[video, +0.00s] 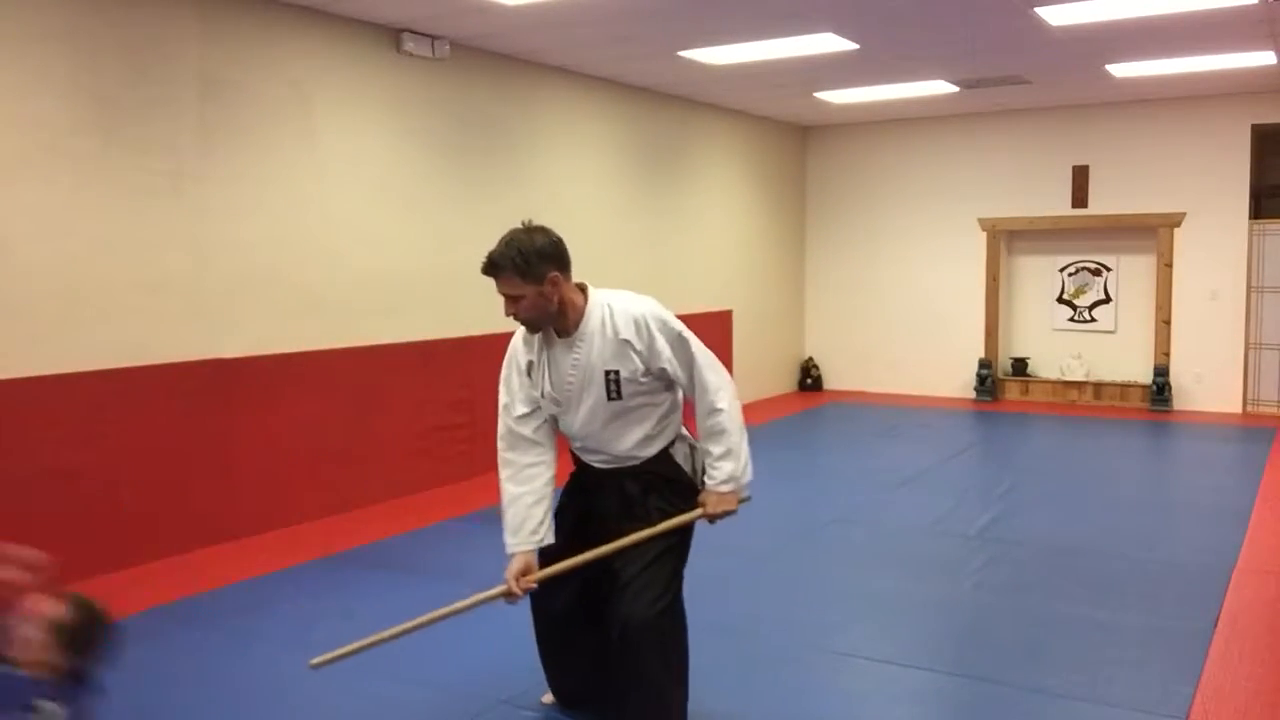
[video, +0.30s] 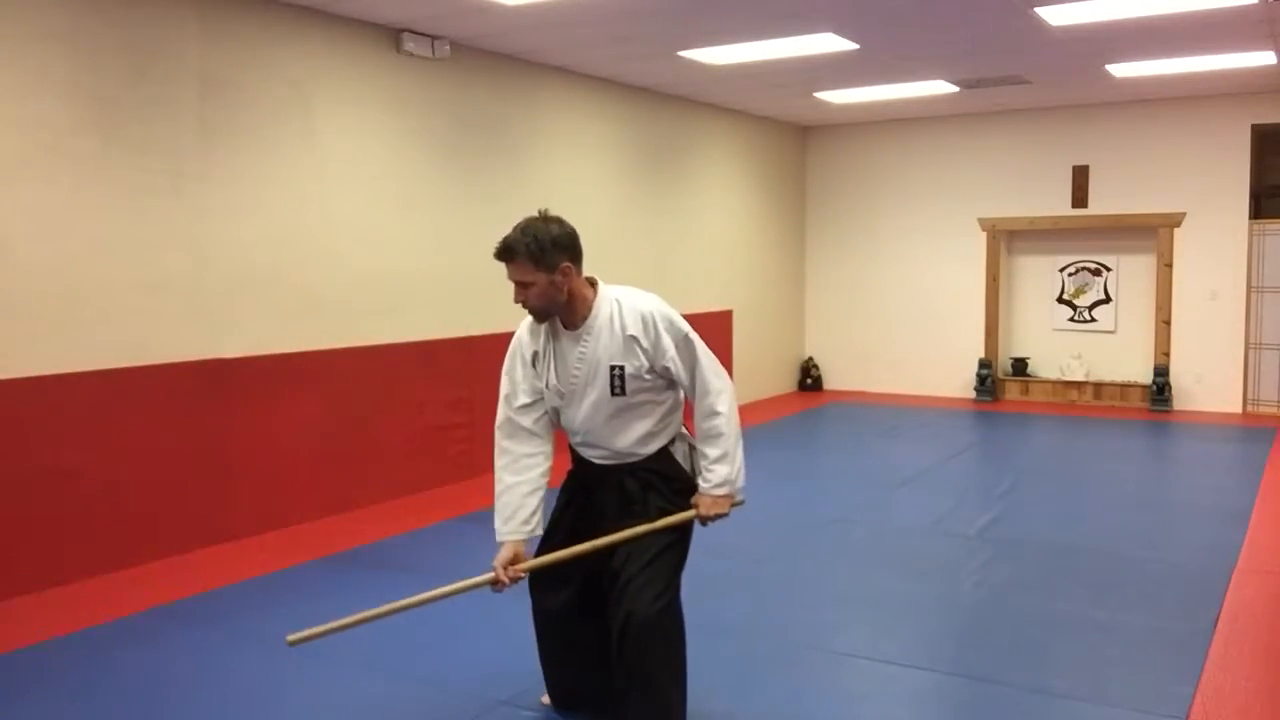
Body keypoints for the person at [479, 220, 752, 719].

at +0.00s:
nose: (508, 311)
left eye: (515, 298)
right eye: (504, 299)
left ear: (554, 285)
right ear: (546, 287)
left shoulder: (638, 321)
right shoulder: (524, 355)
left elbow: (714, 386)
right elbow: (524, 453)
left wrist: (725, 478)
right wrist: (525, 546)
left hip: (657, 480)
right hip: (592, 483)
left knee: (639, 613)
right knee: (557, 595)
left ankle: (651, 711)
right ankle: (582, 692)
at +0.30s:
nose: (518, 297)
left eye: (526, 285)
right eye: (514, 285)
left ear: (566, 275)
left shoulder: (643, 317)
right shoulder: (531, 343)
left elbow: (713, 388)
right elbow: (521, 441)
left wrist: (718, 481)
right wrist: (514, 536)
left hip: (655, 479)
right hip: (590, 481)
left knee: (640, 609)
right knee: (553, 589)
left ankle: (649, 712)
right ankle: (580, 698)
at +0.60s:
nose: (528, 272)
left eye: (538, 260)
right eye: (525, 260)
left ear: (578, 256)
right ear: (565, 256)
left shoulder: (649, 311)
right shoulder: (538, 325)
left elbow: (711, 395)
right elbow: (517, 420)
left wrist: (708, 487)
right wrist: (498, 510)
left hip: (649, 476)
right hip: (585, 475)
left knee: (632, 608)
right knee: (556, 585)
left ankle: (644, 710)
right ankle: (579, 695)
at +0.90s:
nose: (543, 230)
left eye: (553, 217)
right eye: (542, 217)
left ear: (596, 219)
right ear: (583, 220)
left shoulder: (651, 293)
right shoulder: (556, 292)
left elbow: (698, 391)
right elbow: (530, 380)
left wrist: (682, 493)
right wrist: (498, 451)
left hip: (640, 466)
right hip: (581, 462)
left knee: (629, 622)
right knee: (572, 611)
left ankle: (639, 714)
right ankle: (578, 708)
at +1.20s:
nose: (549, 200)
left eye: (560, 189)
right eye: (549, 189)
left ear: (601, 193)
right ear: (592, 195)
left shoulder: (639, 274)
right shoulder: (582, 267)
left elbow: (652, 388)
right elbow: (577, 364)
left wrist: (629, 491)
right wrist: (536, 415)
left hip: (625, 447)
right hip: (581, 443)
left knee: (630, 608)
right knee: (581, 598)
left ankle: (637, 708)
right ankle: (583, 701)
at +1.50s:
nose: (544, 196)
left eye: (556, 186)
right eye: (545, 185)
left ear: (594, 192)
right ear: (584, 195)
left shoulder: (617, 266)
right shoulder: (584, 261)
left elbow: (607, 380)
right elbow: (588, 363)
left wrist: (563, 474)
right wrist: (555, 418)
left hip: (613, 446)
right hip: (580, 438)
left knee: (622, 598)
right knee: (585, 592)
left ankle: (633, 706)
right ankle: (586, 698)